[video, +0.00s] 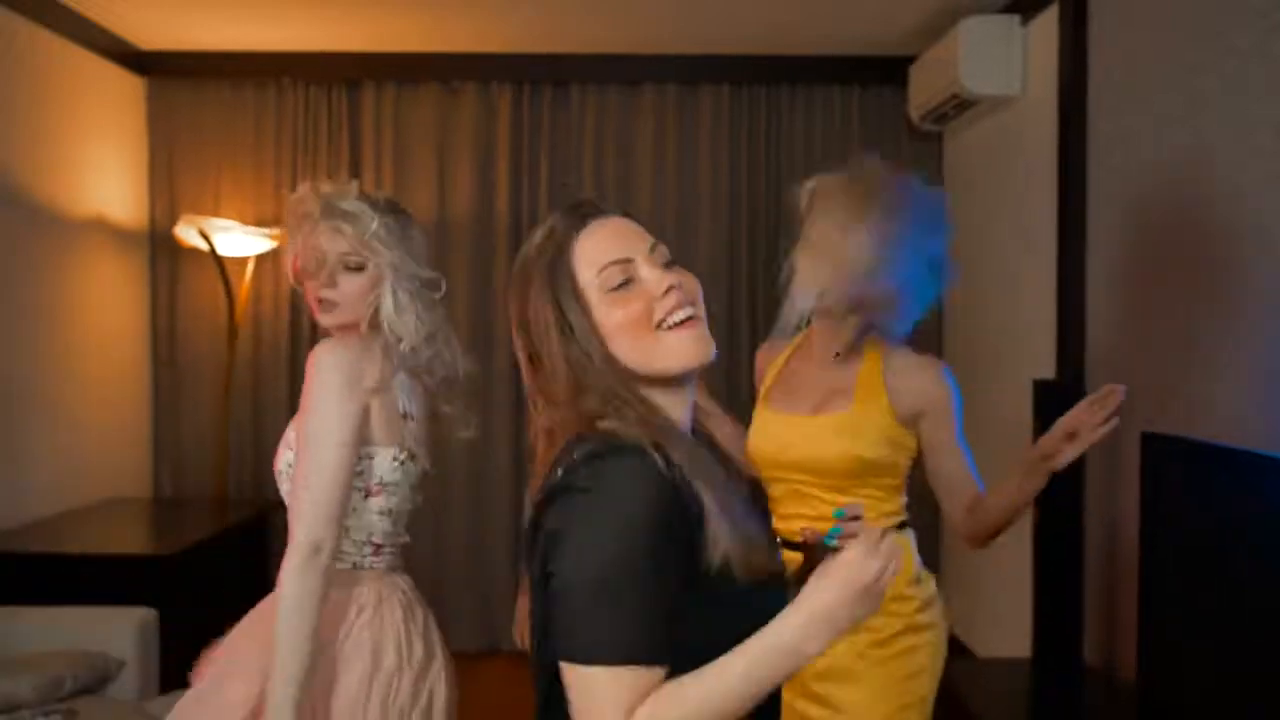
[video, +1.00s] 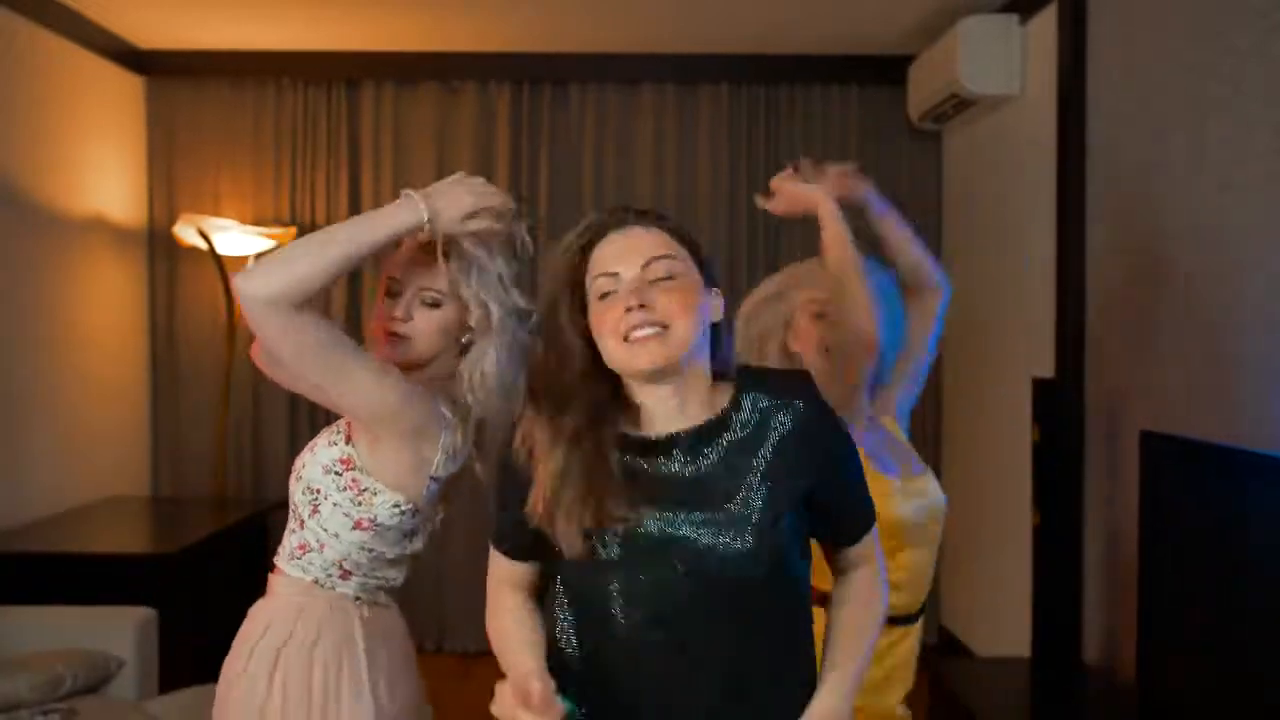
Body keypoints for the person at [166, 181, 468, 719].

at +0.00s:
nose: (322, 283)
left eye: (351, 267)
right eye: (312, 265)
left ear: (391, 275)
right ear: (298, 269)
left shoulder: (338, 360)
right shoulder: (404, 362)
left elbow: (311, 549)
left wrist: (282, 703)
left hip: (335, 629)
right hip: (396, 620)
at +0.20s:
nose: (316, 334)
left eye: (344, 316)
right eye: (303, 313)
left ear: (383, 326)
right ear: (287, 323)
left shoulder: (360, 424)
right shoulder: (373, 418)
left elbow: (346, 609)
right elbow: (310, 582)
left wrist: (187, 605)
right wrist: (231, 518)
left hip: (345, 679)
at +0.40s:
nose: (343, 319)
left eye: (370, 300)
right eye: (327, 297)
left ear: (406, 308)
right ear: (309, 306)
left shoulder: (385, 401)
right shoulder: (349, 392)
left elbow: (209, 486)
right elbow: (216, 454)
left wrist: (238, 341)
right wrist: (247, 338)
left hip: (340, 644)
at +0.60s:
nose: (382, 321)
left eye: (411, 306)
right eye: (371, 296)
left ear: (445, 321)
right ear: (352, 298)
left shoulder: (391, 410)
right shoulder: (395, 398)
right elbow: (247, 351)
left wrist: (315, 251)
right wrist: (315, 254)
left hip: (322, 627)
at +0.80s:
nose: (385, 326)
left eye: (415, 313)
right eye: (375, 304)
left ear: (455, 332)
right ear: (356, 310)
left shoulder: (403, 417)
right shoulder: (388, 414)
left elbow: (265, 275)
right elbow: (273, 357)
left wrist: (399, 211)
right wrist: (364, 250)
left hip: (330, 652)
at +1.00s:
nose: (397, 313)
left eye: (430, 301)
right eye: (392, 292)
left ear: (476, 322)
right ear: (377, 293)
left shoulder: (409, 410)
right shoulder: (416, 407)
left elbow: (259, 286)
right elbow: (271, 353)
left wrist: (420, 207)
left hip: (324, 635)